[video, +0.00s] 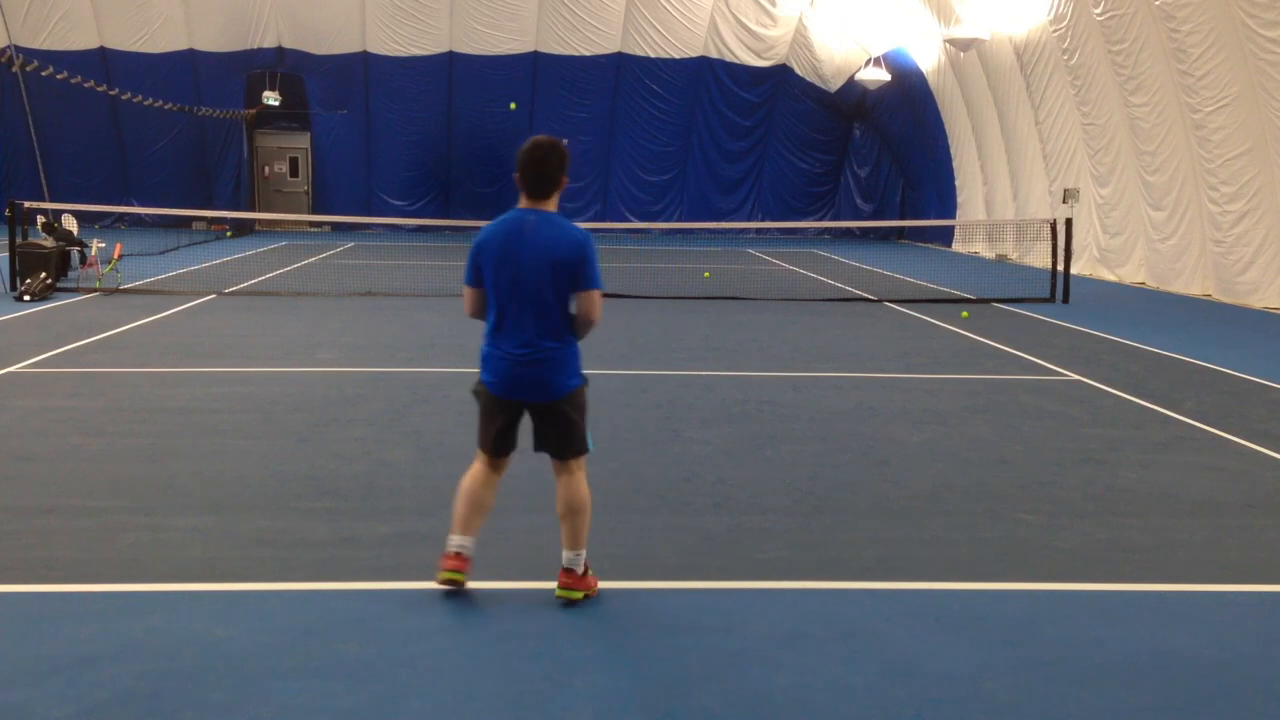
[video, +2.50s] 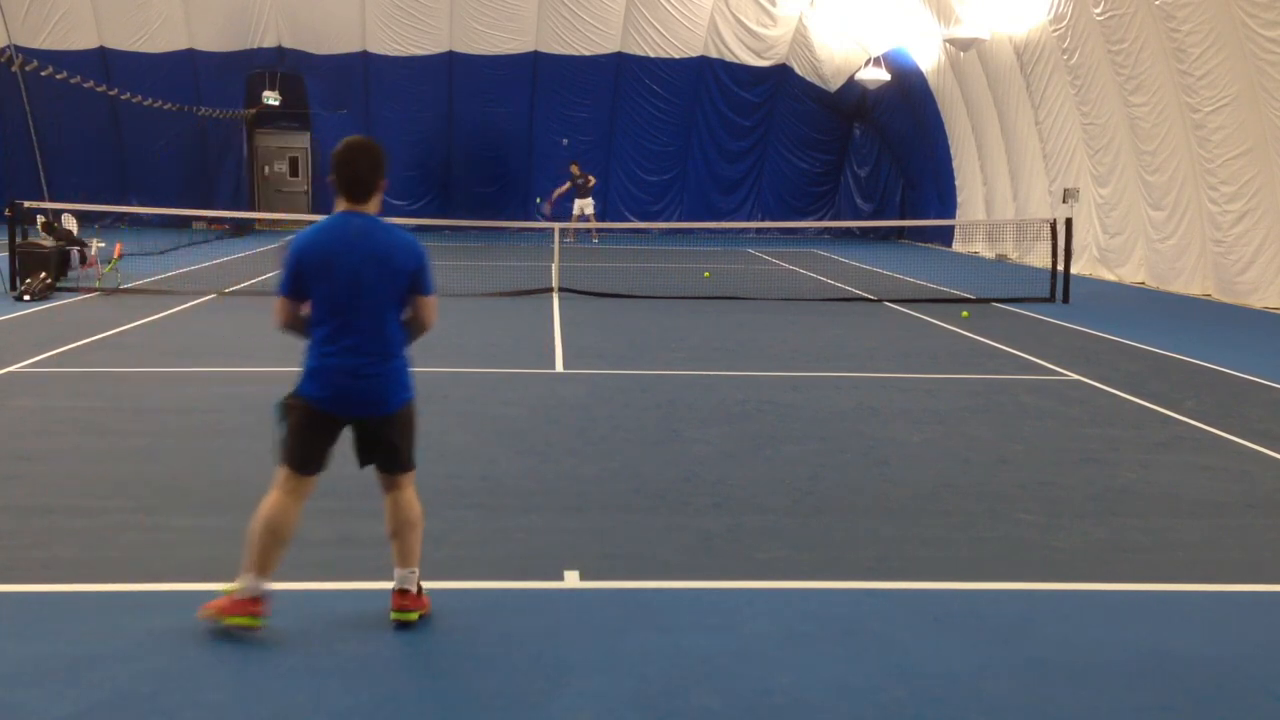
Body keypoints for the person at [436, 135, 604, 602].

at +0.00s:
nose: (563, 181)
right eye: (565, 176)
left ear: (518, 179)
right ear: (564, 184)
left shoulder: (490, 236)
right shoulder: (575, 240)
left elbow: (473, 306)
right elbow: (589, 314)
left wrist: (513, 307)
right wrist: (566, 332)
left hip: (499, 373)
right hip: (556, 377)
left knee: (488, 460)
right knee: (570, 468)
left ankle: (456, 556)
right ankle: (573, 571)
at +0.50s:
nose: (417, 180)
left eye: (413, 172)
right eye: (416, 173)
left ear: (369, 173)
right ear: (410, 179)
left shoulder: (352, 223)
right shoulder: (394, 236)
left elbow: (412, 250)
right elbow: (448, 290)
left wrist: (472, 226)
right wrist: (510, 270)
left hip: (356, 365)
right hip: (387, 370)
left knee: (394, 461)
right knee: (432, 460)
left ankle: (387, 564)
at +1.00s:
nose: (285, 193)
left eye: (283, 184)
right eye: (281, 184)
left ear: (240, 190)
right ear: (263, 191)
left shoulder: (234, 239)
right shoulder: (229, 245)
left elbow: (267, 278)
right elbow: (243, 296)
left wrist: (319, 284)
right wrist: (278, 299)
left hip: (220, 385)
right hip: (235, 389)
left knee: (222, 479)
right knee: (277, 483)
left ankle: (140, 563)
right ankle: (242, 596)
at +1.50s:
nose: (157, 185)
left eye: (156, 179)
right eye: (155, 179)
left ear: (98, 186)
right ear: (148, 185)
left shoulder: (76, 248)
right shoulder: (172, 233)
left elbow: (70, 322)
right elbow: (121, 251)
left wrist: (115, 292)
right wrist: (42, 248)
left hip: (97, 389)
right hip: (162, 390)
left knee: (74, 485)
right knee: (175, 488)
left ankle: (76, 591)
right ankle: (211, 577)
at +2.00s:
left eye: (164, 172)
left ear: (164, 177)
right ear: (216, 179)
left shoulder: (155, 232)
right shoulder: (238, 235)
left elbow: (154, 302)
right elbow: (243, 306)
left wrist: (129, 317)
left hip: (169, 379)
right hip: (223, 382)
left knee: (134, 473)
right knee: (187, 471)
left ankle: (143, 586)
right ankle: (192, 580)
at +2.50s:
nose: (380, 185)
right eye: (380, 179)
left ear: (333, 183)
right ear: (382, 185)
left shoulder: (307, 242)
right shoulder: (404, 245)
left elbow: (287, 317)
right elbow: (423, 319)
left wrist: (325, 327)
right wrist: (391, 336)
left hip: (323, 385)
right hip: (386, 388)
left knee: (289, 488)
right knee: (400, 485)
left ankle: (248, 592)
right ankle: (407, 591)